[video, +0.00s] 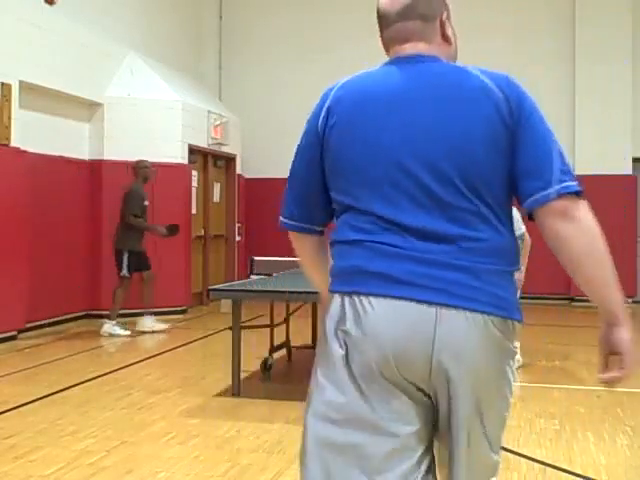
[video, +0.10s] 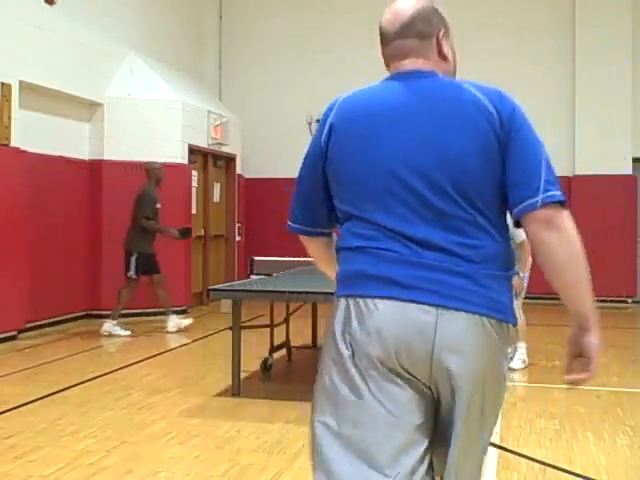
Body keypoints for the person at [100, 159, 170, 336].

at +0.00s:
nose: (150, 172)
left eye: (150, 168)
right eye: (147, 168)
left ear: (144, 172)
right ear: (138, 171)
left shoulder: (141, 193)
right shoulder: (133, 192)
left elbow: (138, 220)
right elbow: (129, 218)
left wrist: (158, 229)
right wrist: (154, 228)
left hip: (136, 244)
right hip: (125, 244)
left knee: (148, 276)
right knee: (124, 281)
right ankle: (111, 322)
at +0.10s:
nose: (162, 173)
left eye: (161, 170)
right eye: (158, 170)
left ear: (156, 173)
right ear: (150, 172)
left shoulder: (154, 195)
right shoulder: (146, 195)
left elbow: (151, 221)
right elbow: (143, 221)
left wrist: (169, 231)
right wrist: (167, 230)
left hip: (147, 247)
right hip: (135, 247)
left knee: (158, 281)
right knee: (131, 284)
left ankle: (171, 318)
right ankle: (111, 322)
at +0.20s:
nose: (174, 175)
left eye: (174, 171)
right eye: (171, 172)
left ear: (167, 175)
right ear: (163, 175)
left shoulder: (165, 196)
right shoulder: (158, 196)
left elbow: (163, 223)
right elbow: (156, 222)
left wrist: (179, 235)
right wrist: (178, 234)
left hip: (161, 249)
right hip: (149, 248)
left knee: (173, 280)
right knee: (143, 285)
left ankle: (175, 319)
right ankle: (117, 318)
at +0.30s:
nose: (189, 175)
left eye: (188, 172)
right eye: (186, 172)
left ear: (178, 176)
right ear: (178, 175)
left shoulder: (177, 196)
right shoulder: (169, 196)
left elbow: (175, 223)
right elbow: (166, 220)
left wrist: (192, 237)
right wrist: (188, 234)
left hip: (174, 247)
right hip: (164, 247)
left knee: (183, 280)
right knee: (167, 284)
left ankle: (178, 319)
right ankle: (134, 309)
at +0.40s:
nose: (197, 173)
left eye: (198, 169)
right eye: (195, 169)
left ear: (191, 172)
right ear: (186, 171)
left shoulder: (186, 192)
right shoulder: (180, 192)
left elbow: (184, 219)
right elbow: (175, 217)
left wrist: (199, 233)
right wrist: (197, 230)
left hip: (183, 243)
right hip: (177, 243)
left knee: (187, 280)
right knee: (187, 279)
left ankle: (177, 317)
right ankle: (160, 308)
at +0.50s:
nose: (206, 174)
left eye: (206, 170)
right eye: (204, 170)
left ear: (199, 172)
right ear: (197, 172)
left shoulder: (195, 191)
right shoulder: (189, 191)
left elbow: (194, 219)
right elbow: (183, 216)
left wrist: (212, 234)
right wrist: (205, 229)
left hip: (190, 240)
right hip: (189, 241)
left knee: (189, 278)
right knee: (201, 275)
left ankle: (179, 316)